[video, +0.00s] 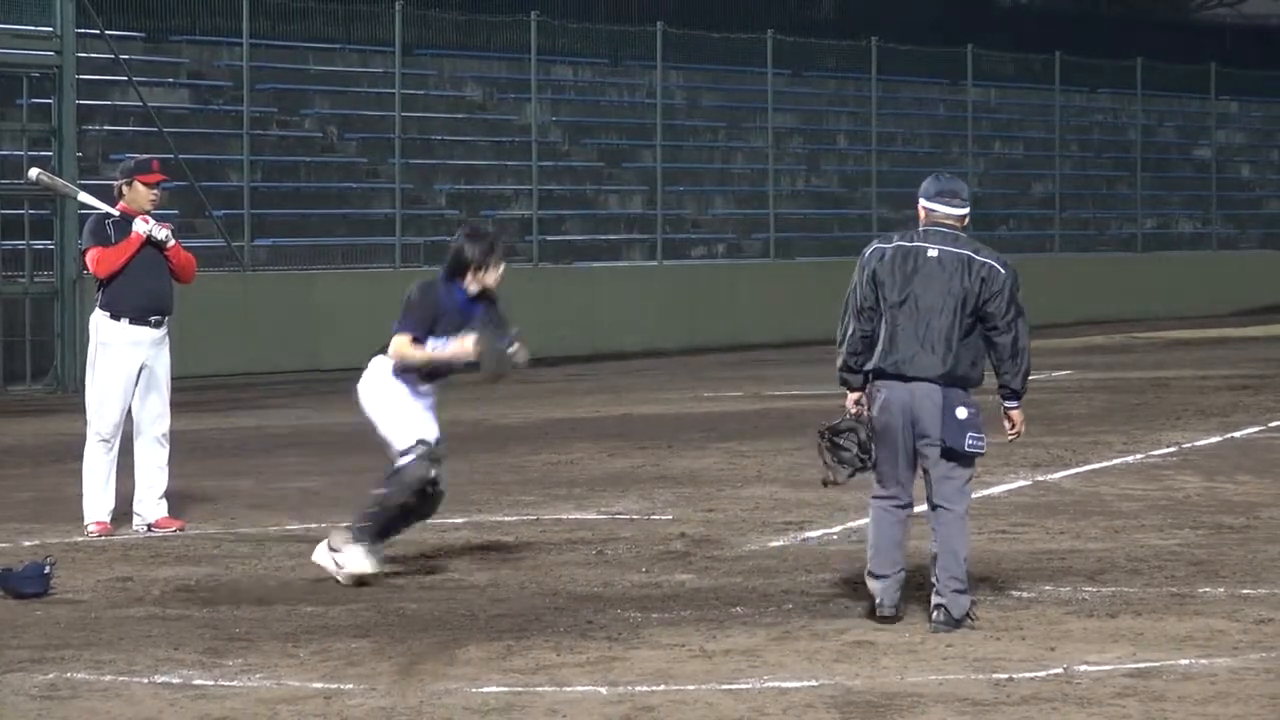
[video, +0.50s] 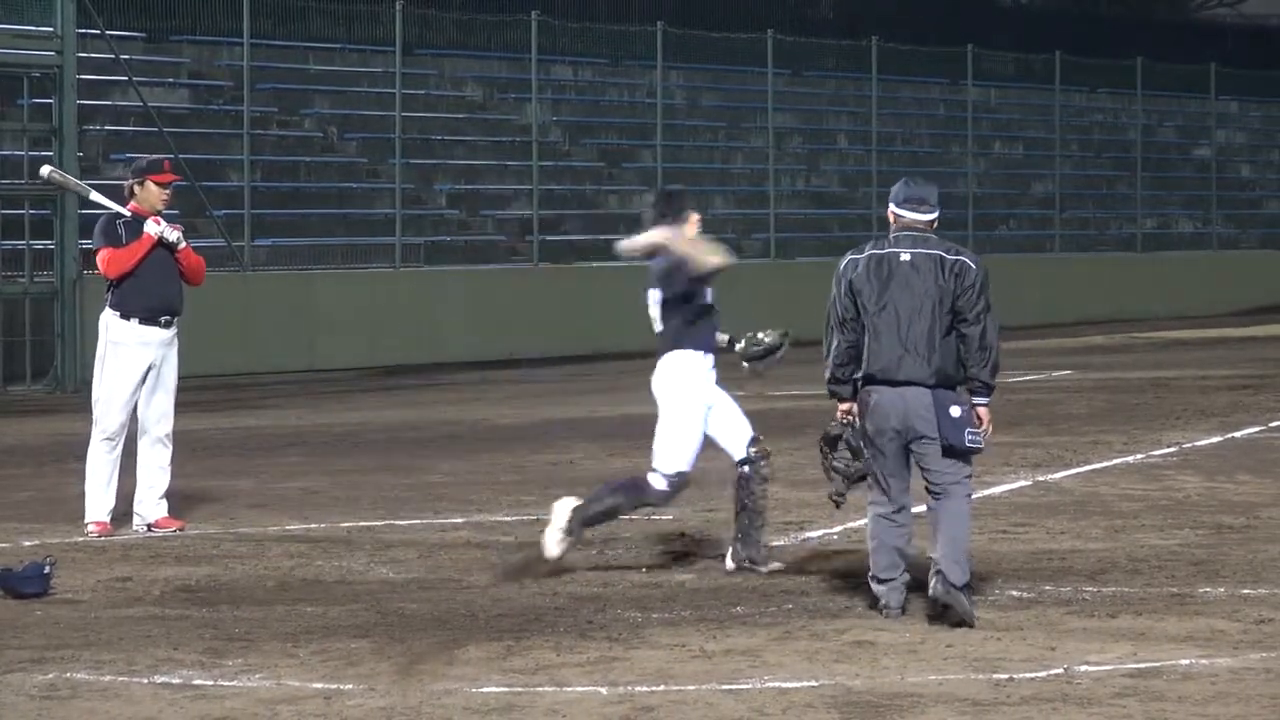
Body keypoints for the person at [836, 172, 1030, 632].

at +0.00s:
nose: (922, 216)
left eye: (921, 210)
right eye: (954, 214)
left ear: (920, 212)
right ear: (965, 217)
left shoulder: (879, 254)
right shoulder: (988, 265)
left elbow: (858, 324)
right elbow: (1007, 336)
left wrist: (854, 382)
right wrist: (1012, 398)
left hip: (889, 393)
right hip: (950, 397)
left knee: (890, 494)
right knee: (950, 502)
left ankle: (885, 596)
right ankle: (949, 604)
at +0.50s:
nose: (894, 219)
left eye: (892, 213)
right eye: (921, 216)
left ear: (890, 215)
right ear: (934, 220)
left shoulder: (856, 264)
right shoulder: (961, 264)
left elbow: (844, 334)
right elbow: (978, 335)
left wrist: (844, 392)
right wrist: (980, 395)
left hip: (880, 398)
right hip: (938, 398)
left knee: (887, 496)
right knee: (951, 487)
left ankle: (889, 593)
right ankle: (949, 579)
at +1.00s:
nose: (917, 218)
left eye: (912, 213)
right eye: (915, 214)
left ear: (870, 217)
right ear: (910, 217)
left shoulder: (840, 265)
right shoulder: (944, 261)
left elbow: (822, 332)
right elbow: (962, 326)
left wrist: (820, 389)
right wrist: (963, 384)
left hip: (870, 392)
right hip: (926, 391)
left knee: (882, 489)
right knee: (922, 484)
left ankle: (892, 589)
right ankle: (915, 571)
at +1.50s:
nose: (853, 219)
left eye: (853, 214)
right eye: (857, 213)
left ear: (858, 215)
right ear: (897, 213)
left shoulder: (834, 254)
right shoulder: (930, 255)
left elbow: (818, 325)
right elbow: (944, 319)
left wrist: (814, 380)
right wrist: (928, 367)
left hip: (855, 382)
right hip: (910, 382)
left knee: (849, 477)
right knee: (907, 477)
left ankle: (853, 571)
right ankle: (907, 571)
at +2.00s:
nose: (799, 228)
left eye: (799, 223)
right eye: (800, 223)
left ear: (808, 220)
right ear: (844, 217)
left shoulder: (795, 257)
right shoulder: (888, 252)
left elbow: (791, 324)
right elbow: (904, 316)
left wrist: (789, 381)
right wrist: (899, 367)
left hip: (826, 378)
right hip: (879, 375)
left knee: (829, 477)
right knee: (871, 461)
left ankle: (838, 567)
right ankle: (882, 535)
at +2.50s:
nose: (769, 249)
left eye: (767, 242)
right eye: (767, 243)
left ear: (775, 234)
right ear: (803, 226)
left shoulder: (786, 260)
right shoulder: (842, 250)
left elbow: (797, 320)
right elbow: (861, 313)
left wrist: (795, 380)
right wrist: (872, 370)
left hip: (830, 374)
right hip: (866, 371)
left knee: (793, 459)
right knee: (846, 462)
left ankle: (830, 537)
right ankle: (854, 546)